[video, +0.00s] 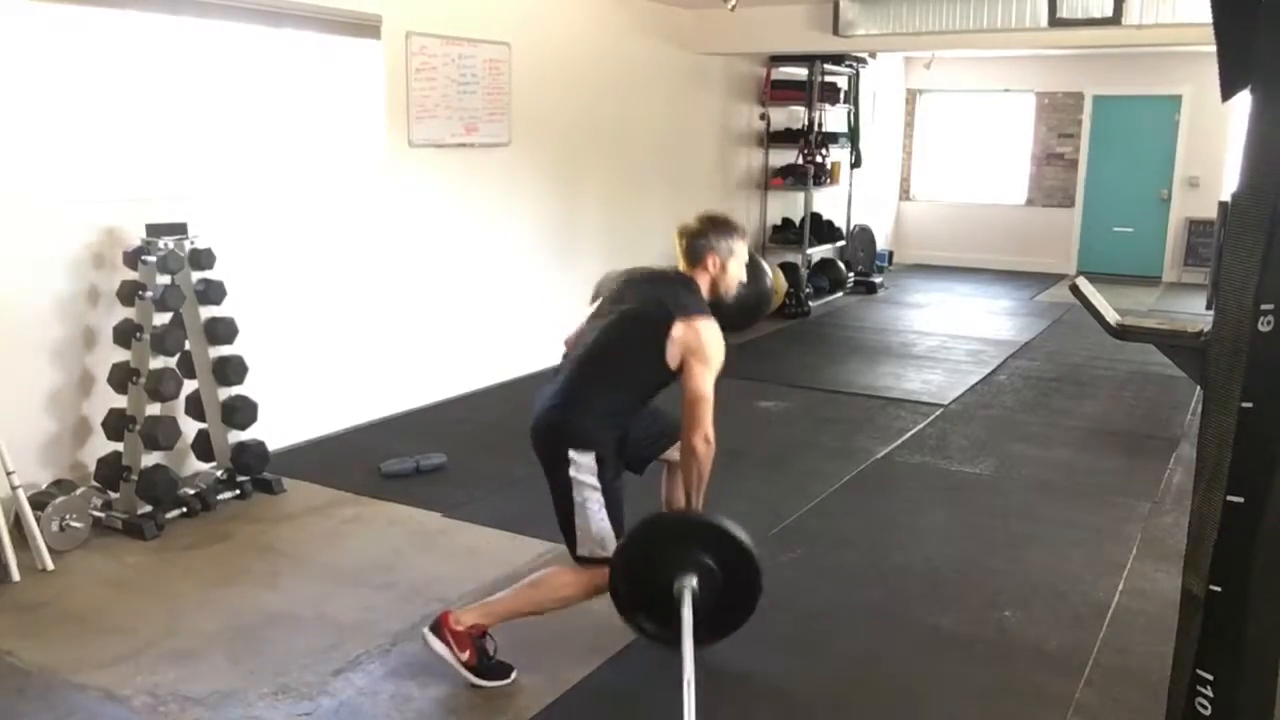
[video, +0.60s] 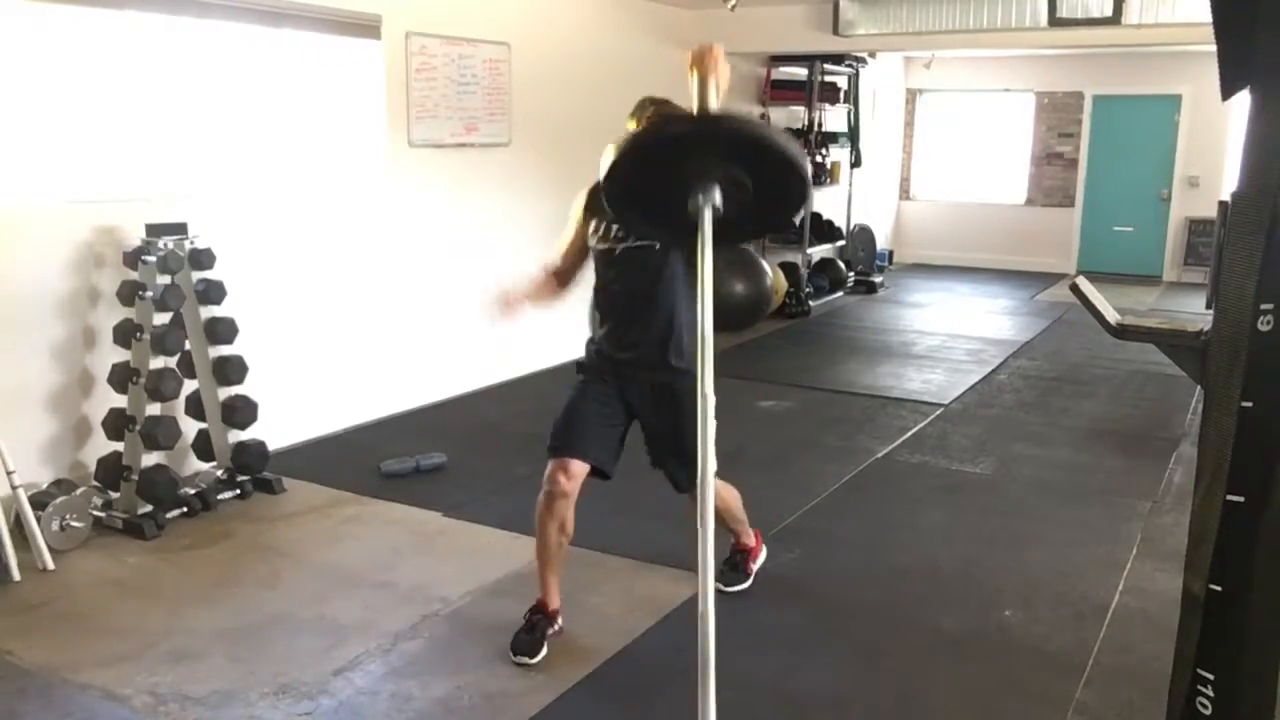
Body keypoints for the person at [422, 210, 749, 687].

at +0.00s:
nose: (744, 275)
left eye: (745, 263)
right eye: (740, 262)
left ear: (697, 260)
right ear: (712, 262)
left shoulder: (633, 282)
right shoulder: (702, 330)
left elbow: (574, 345)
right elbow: (701, 439)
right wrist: (691, 526)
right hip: (577, 428)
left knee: (685, 446)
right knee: (604, 570)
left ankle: (677, 562)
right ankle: (463, 624)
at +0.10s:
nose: (739, 243)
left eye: (740, 231)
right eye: (735, 230)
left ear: (695, 226)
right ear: (704, 226)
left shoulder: (652, 256)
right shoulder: (695, 287)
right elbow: (698, 404)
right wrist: (698, 479)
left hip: (617, 396)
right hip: (580, 410)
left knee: (694, 446)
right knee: (588, 549)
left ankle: (680, 538)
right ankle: (453, 630)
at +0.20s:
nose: (730, 188)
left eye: (732, 176)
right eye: (721, 175)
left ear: (700, 177)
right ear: (690, 172)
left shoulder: (671, 219)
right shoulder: (671, 220)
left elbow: (665, 325)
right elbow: (682, 326)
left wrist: (693, 367)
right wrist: (706, 386)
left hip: (633, 367)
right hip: (586, 372)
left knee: (690, 445)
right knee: (573, 509)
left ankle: (677, 560)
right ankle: (460, 624)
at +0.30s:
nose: (712, 150)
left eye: (719, 139)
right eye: (701, 138)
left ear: (722, 142)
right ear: (672, 133)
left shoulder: (707, 204)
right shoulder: (635, 168)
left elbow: (689, 272)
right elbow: (633, 240)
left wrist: (714, 307)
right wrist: (683, 283)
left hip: (647, 337)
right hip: (590, 331)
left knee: (701, 441)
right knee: (562, 477)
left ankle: (680, 553)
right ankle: (497, 607)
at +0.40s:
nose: (684, 133)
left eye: (695, 123)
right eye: (675, 120)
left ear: (706, 127)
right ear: (653, 114)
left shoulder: (712, 195)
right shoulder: (610, 154)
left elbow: (722, 272)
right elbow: (564, 207)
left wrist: (704, 229)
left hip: (670, 340)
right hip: (598, 331)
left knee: (701, 466)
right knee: (564, 463)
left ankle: (717, 544)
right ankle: (530, 594)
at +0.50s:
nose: (664, 144)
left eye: (675, 134)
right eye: (656, 132)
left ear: (691, 138)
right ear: (638, 130)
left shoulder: (701, 192)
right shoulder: (603, 179)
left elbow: (737, 249)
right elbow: (535, 244)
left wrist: (720, 161)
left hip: (675, 353)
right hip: (607, 349)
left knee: (693, 470)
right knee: (562, 473)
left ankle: (748, 536)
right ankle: (539, 601)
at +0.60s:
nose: (637, 142)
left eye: (651, 134)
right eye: (634, 131)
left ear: (672, 144)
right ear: (625, 137)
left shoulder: (687, 193)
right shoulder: (601, 198)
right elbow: (564, 273)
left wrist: (712, 91)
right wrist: (522, 297)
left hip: (673, 369)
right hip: (608, 364)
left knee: (697, 483)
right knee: (561, 478)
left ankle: (747, 542)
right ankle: (546, 607)